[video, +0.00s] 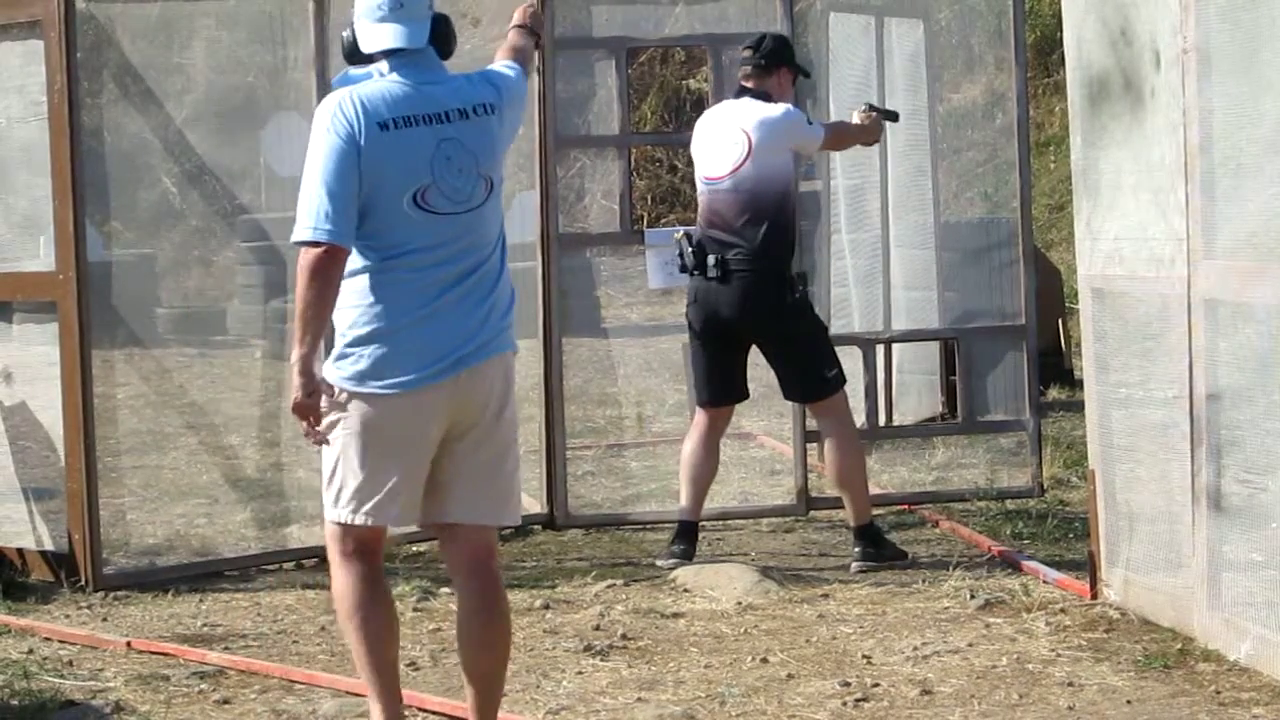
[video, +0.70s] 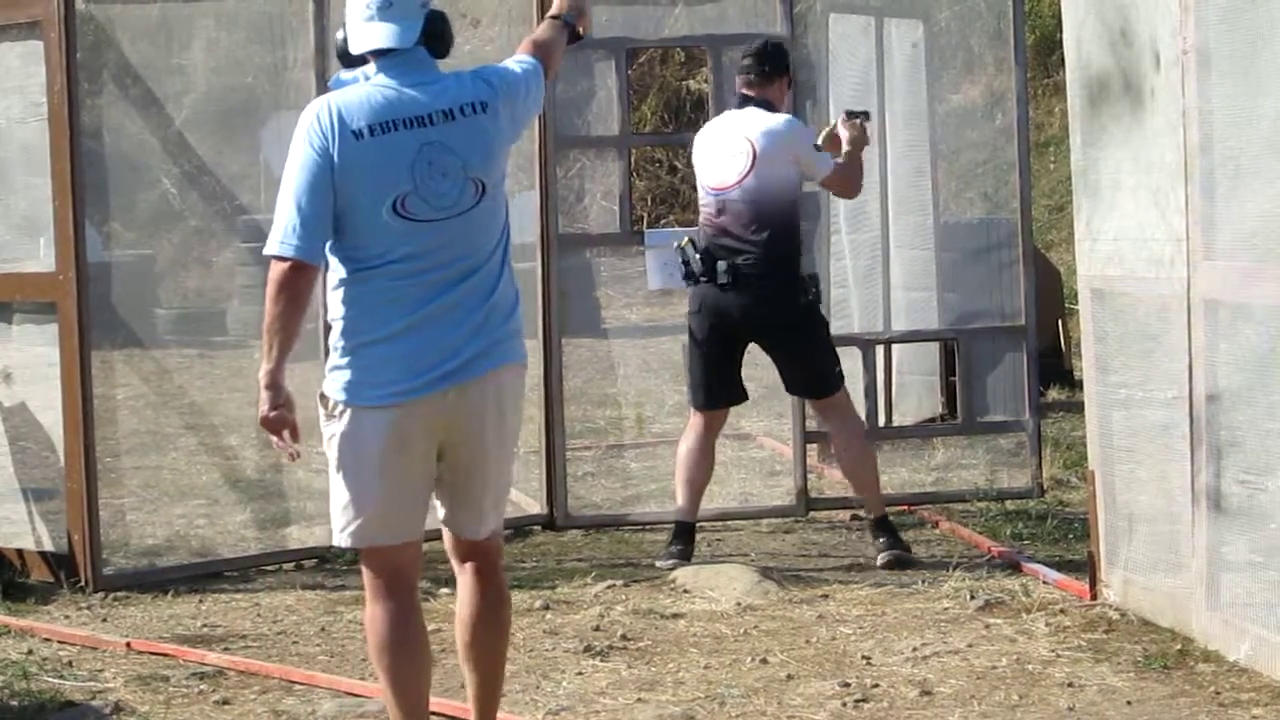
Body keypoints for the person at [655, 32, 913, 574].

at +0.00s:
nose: (794, 88)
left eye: (793, 81)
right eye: (794, 80)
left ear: (743, 75)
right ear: (781, 76)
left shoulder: (704, 122)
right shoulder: (784, 119)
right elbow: (838, 138)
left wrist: (845, 131)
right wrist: (866, 127)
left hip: (708, 294)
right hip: (769, 293)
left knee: (707, 419)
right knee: (834, 416)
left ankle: (683, 538)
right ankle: (867, 538)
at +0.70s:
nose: (791, 93)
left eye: (788, 86)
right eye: (791, 86)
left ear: (738, 85)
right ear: (783, 84)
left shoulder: (705, 134)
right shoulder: (786, 130)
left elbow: (762, 181)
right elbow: (847, 185)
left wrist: (827, 147)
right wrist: (854, 146)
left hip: (711, 298)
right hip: (777, 296)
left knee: (703, 420)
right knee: (837, 413)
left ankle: (679, 540)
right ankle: (883, 533)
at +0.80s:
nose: (732, 115)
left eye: (733, 109)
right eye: (740, 109)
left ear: (741, 109)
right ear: (785, 108)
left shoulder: (710, 163)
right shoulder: (806, 151)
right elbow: (866, 222)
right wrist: (850, 180)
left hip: (724, 309)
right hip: (793, 308)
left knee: (690, 413)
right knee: (846, 420)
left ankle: (681, 535)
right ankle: (895, 538)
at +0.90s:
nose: (707, 140)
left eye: (709, 131)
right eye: (707, 132)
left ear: (726, 128)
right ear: (759, 129)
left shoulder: (703, 178)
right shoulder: (804, 173)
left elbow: (668, 265)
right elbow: (863, 246)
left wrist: (682, 297)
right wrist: (829, 212)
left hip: (727, 327)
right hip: (798, 327)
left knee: (663, 406)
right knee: (847, 427)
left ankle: (677, 532)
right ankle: (894, 537)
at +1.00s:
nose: (655, 147)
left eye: (658, 135)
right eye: (654, 137)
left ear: (680, 127)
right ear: (703, 129)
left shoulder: (673, 172)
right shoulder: (761, 173)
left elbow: (647, 217)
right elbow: (823, 241)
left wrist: (618, 280)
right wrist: (776, 233)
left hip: (711, 329)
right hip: (778, 329)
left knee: (620, 400)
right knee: (831, 430)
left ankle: (646, 529)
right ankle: (894, 536)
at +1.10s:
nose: (588, 138)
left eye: (590, 126)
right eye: (585, 129)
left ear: (615, 114)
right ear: (636, 117)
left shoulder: (617, 155)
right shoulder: (696, 158)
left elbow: (613, 197)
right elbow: (755, 222)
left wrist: (594, 266)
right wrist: (702, 226)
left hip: (674, 319)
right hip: (735, 315)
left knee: (592, 414)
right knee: (786, 423)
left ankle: (633, 542)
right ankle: (885, 522)